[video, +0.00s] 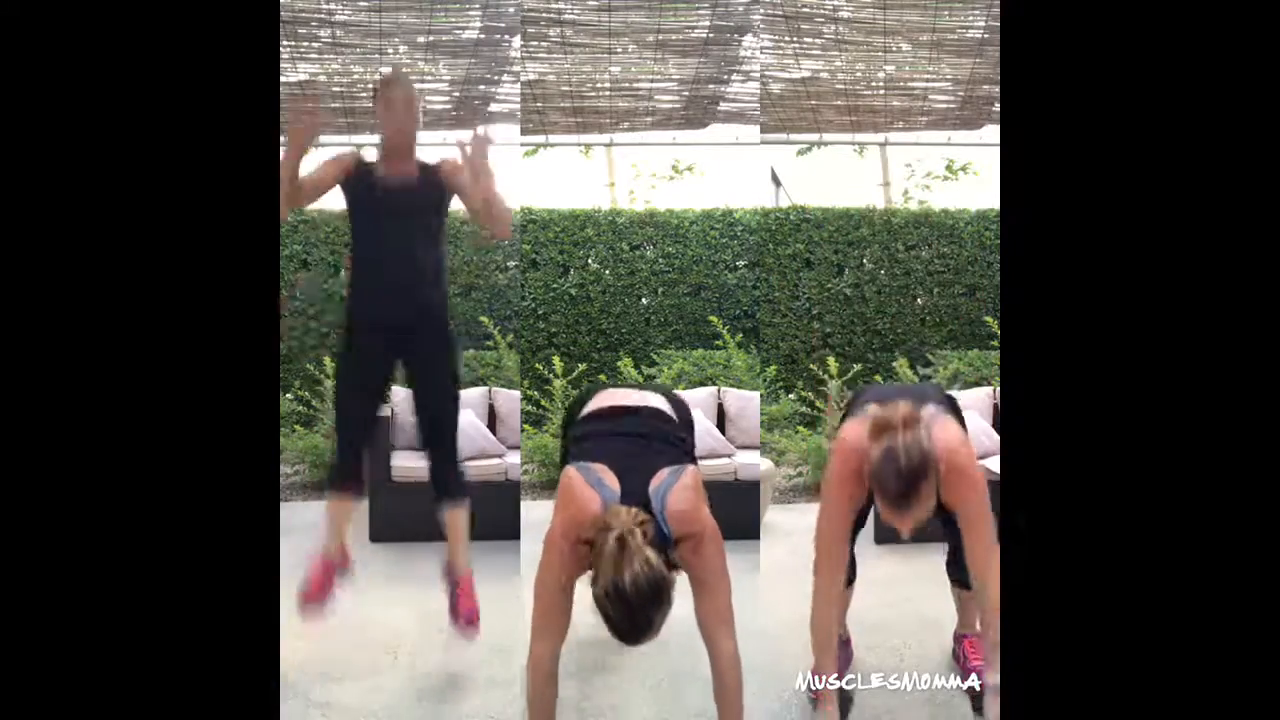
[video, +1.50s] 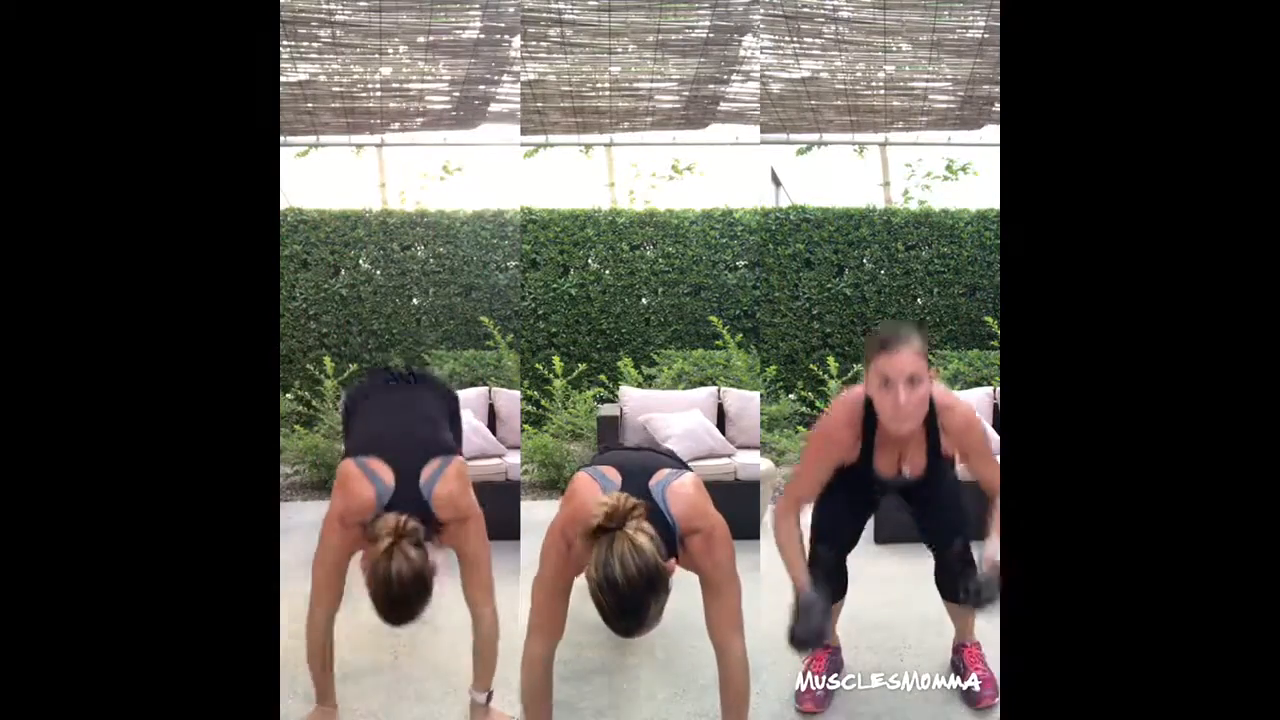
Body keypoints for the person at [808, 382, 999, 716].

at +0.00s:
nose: (905, 531)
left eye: (915, 521)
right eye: (893, 521)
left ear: (932, 479)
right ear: (872, 482)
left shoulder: (956, 455)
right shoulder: (849, 449)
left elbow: (988, 579)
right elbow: (826, 576)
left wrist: (994, 683)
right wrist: (826, 698)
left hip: (937, 404)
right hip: (867, 404)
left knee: (966, 544)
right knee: (837, 545)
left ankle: (967, 634)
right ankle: (838, 638)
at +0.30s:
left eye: (923, 588)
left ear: (940, 532)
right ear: (867, 532)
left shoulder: (961, 484)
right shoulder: (846, 487)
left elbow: (991, 602)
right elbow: (820, 619)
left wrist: (993, 700)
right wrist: (832, 708)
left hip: (928, 361)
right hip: (858, 368)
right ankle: (853, 562)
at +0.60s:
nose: (916, 584)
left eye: (929, 571)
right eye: (900, 575)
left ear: (949, 518)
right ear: (868, 523)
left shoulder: (968, 491)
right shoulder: (849, 482)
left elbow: (990, 612)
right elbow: (815, 625)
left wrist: (987, 704)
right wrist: (832, 711)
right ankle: (868, 562)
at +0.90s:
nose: (910, 599)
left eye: (916, 592)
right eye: (897, 595)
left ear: (935, 534)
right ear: (867, 542)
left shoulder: (958, 484)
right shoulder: (842, 487)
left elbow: (985, 606)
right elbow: (821, 620)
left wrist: (986, 704)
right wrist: (832, 711)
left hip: (932, 378)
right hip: (857, 378)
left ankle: (939, 551)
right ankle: (852, 558)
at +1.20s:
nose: (893, 517)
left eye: (905, 497)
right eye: (878, 500)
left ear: (921, 471)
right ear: (857, 478)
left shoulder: (954, 480)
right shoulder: (835, 483)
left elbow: (981, 599)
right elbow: (823, 607)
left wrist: (988, 704)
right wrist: (830, 712)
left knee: (968, 585)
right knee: (812, 589)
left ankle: (968, 646)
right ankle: (827, 660)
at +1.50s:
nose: (901, 399)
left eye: (913, 382)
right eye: (886, 384)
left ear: (930, 379)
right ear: (867, 384)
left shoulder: (955, 416)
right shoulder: (844, 416)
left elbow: (997, 490)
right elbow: (786, 510)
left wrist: (994, 554)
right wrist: (803, 591)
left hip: (928, 475)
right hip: (857, 474)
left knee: (955, 556)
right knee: (825, 559)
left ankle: (967, 647)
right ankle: (826, 651)